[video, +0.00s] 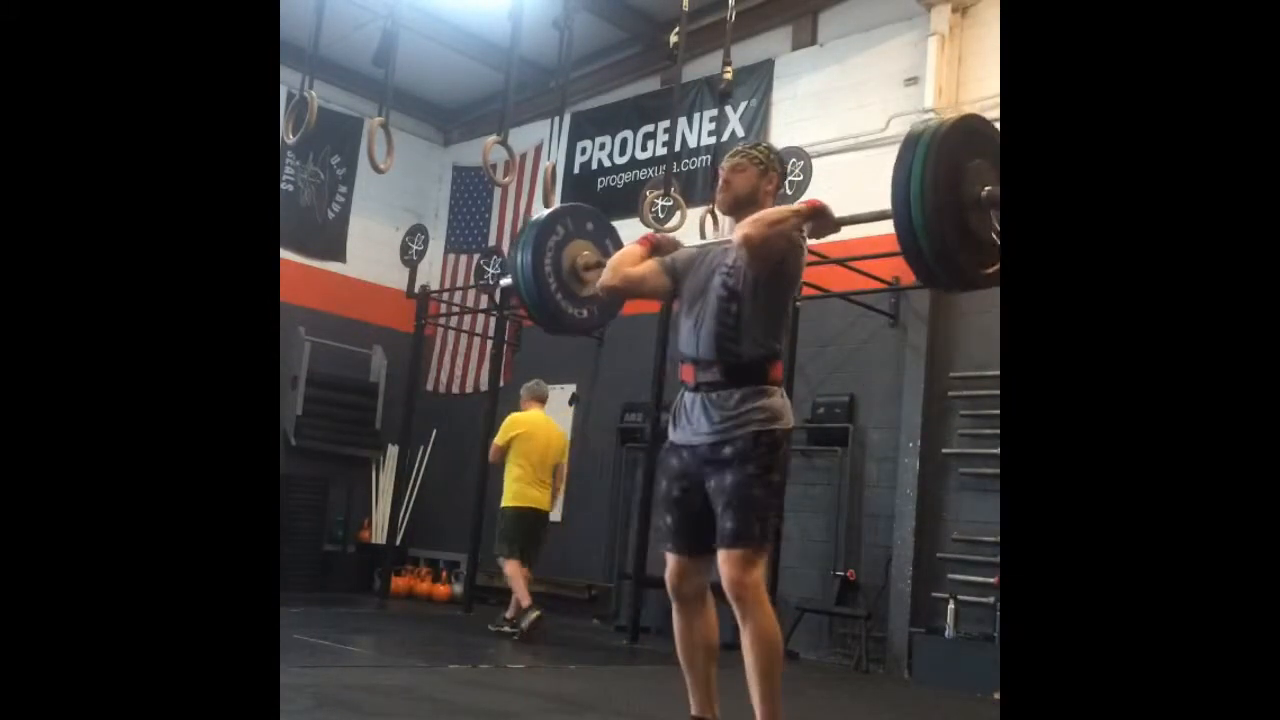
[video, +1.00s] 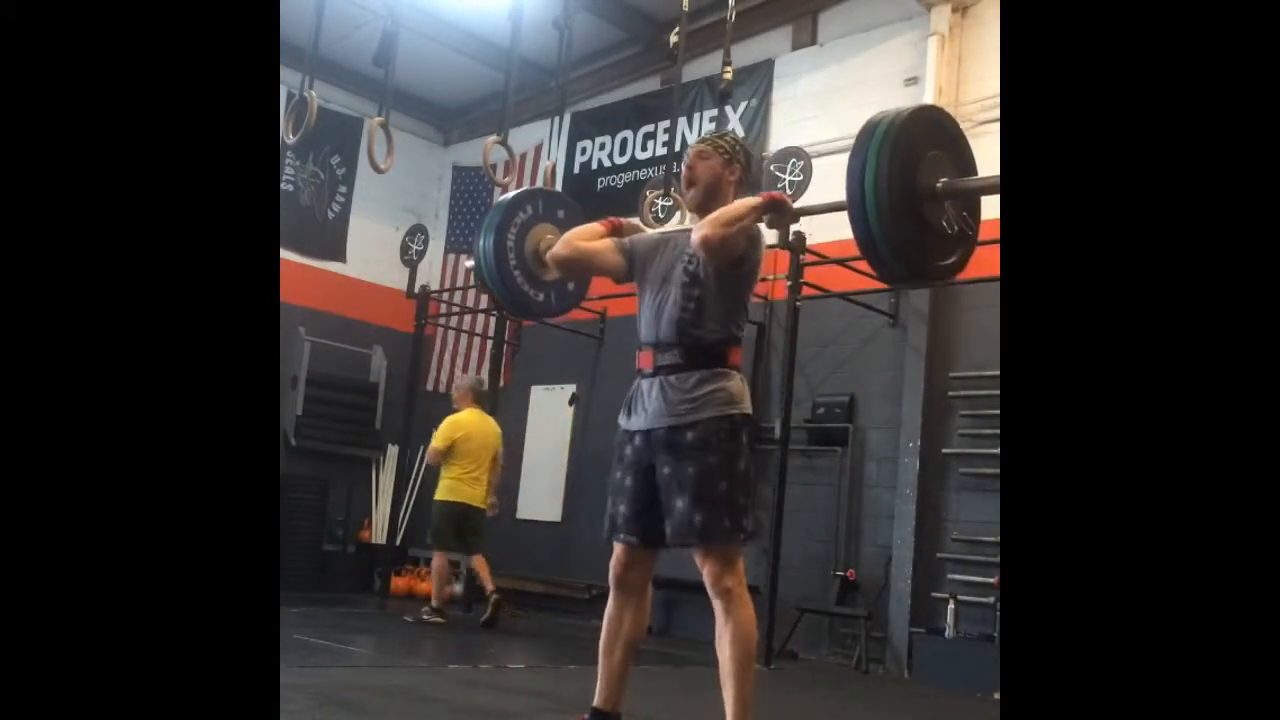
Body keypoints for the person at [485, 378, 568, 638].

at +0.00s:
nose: (520, 404)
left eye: (521, 400)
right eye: (522, 401)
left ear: (525, 400)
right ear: (545, 401)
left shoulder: (516, 420)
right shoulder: (559, 433)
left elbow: (494, 455)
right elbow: (560, 475)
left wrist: (516, 455)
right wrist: (552, 496)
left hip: (515, 499)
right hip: (542, 503)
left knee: (507, 555)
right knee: (526, 562)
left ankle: (527, 606)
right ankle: (510, 615)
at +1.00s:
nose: (453, 398)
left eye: (455, 394)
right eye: (453, 394)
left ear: (464, 395)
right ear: (475, 396)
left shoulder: (453, 421)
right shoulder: (493, 427)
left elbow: (433, 457)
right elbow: (497, 464)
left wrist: (437, 441)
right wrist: (491, 493)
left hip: (448, 496)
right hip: (476, 500)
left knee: (440, 551)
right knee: (475, 551)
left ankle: (436, 606)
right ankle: (491, 591)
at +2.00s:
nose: (397, 389)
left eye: (403, 386)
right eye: (395, 385)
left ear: (415, 390)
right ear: (393, 389)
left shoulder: (421, 417)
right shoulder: (394, 419)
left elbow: (430, 450)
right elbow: (385, 458)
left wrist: (404, 441)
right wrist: (360, 485)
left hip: (407, 493)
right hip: (385, 492)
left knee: (406, 547)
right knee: (382, 547)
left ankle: (430, 601)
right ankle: (374, 600)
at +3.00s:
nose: (377, 383)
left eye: (382, 380)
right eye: (373, 378)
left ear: (389, 385)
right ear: (365, 382)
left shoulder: (394, 415)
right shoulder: (355, 412)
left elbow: (404, 452)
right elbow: (342, 448)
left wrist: (378, 441)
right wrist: (329, 480)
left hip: (370, 486)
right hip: (347, 485)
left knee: (348, 539)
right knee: (354, 543)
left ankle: (341, 597)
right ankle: (372, 593)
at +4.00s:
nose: (333, 373)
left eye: (339, 369)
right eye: (328, 368)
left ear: (347, 375)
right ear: (320, 372)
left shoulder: (360, 406)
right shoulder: (306, 405)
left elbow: (378, 443)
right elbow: (292, 444)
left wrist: (355, 438)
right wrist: (285, 479)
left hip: (344, 490)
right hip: (307, 486)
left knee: (343, 545)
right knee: (293, 539)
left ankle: (339, 599)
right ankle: (282, 593)